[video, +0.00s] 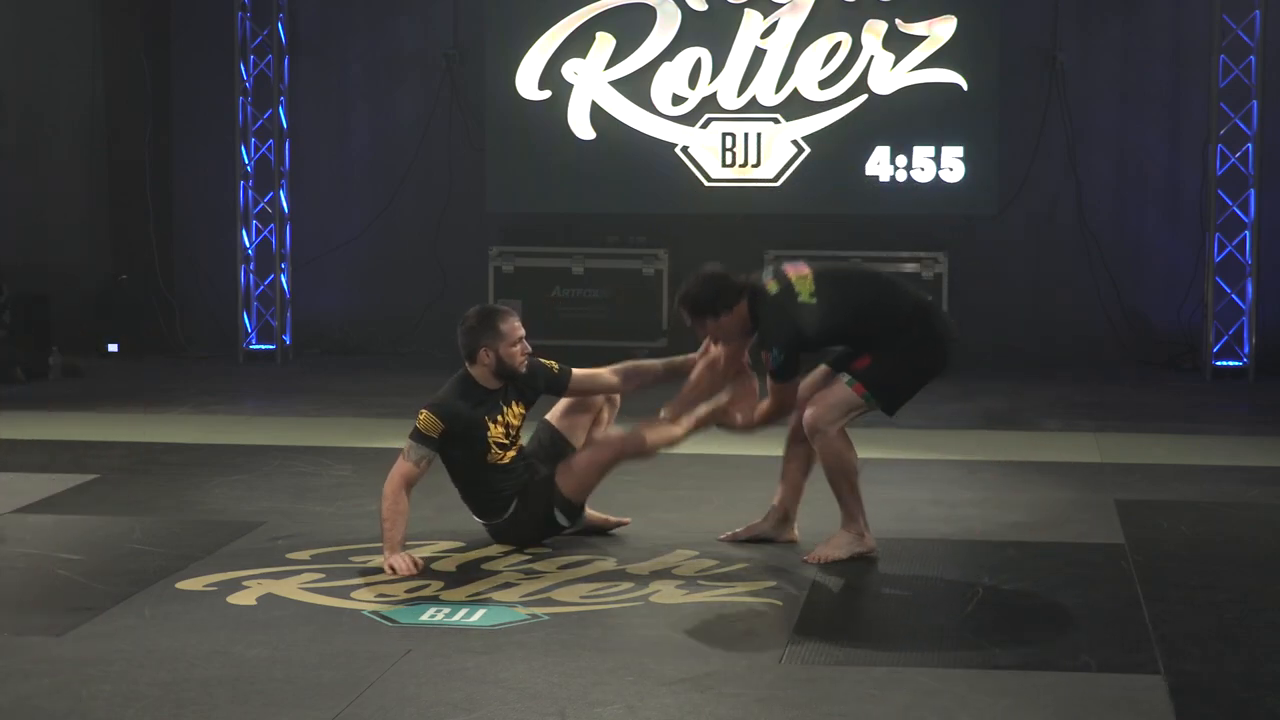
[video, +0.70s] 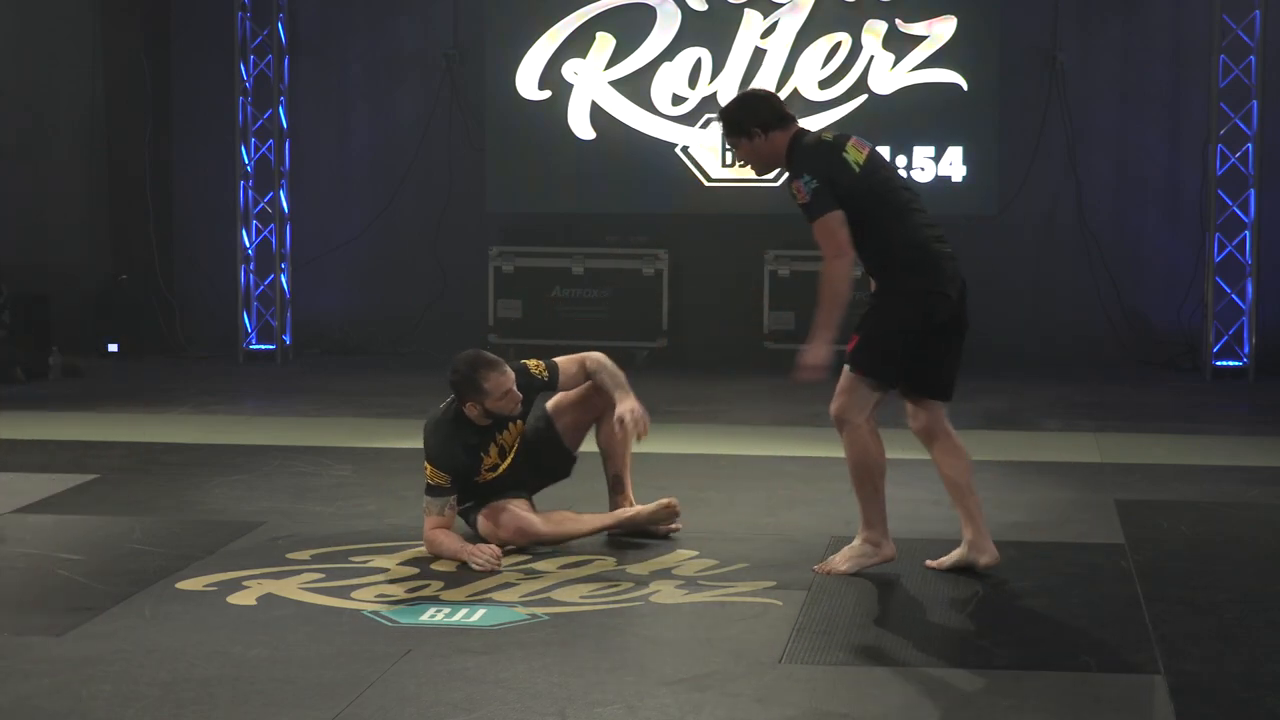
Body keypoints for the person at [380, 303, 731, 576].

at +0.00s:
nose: (528, 349)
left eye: (524, 339)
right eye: (518, 343)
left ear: (497, 352)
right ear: (486, 356)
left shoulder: (522, 373)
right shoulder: (447, 409)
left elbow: (614, 378)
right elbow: (398, 483)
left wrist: (691, 362)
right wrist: (392, 550)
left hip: (527, 473)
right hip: (514, 515)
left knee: (601, 396)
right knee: (609, 444)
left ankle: (570, 513)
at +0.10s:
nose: (518, 356)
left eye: (515, 348)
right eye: (506, 353)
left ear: (509, 349)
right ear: (475, 368)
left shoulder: (521, 372)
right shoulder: (451, 424)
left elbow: (611, 354)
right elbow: (412, 497)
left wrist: (688, 328)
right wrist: (406, 548)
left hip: (557, 487)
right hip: (542, 520)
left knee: (618, 383)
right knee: (606, 401)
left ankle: (608, 511)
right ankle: (707, 371)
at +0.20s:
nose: (513, 365)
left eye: (508, 356)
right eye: (501, 362)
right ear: (474, 381)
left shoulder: (519, 380)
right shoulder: (460, 444)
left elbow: (604, 349)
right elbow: (437, 518)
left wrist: (666, 309)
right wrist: (460, 548)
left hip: (586, 487)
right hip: (569, 520)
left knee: (667, 398)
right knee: (598, 404)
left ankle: (621, 511)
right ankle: (692, 332)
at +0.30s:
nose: (508, 377)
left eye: (502, 370)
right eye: (496, 376)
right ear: (471, 398)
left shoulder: (513, 387)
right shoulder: (463, 460)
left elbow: (587, 346)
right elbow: (441, 535)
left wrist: (627, 293)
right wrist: (487, 539)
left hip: (594, 480)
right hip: (581, 519)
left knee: (681, 394)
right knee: (584, 418)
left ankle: (632, 507)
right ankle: (657, 325)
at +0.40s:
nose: (503, 378)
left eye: (497, 369)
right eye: (491, 378)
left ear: (500, 365)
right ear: (466, 400)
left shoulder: (510, 379)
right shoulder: (454, 457)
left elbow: (578, 333)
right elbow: (438, 532)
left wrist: (626, 285)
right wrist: (472, 537)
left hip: (593, 480)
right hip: (568, 519)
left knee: (679, 393)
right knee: (574, 433)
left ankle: (630, 509)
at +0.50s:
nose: (503, 377)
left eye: (498, 367)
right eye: (490, 378)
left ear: (496, 360)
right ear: (462, 398)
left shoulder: (512, 370)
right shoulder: (447, 446)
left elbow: (584, 335)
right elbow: (441, 529)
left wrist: (627, 311)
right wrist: (465, 549)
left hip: (566, 462)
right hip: (537, 513)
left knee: (657, 387)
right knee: (574, 478)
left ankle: (626, 513)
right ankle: (673, 493)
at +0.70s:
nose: (519, 396)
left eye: (514, 385)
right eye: (506, 396)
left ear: (510, 374)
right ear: (474, 407)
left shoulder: (516, 377)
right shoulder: (444, 439)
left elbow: (592, 360)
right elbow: (435, 532)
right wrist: (466, 550)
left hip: (526, 450)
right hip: (492, 494)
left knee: (603, 391)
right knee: (513, 528)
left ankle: (624, 513)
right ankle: (624, 518)